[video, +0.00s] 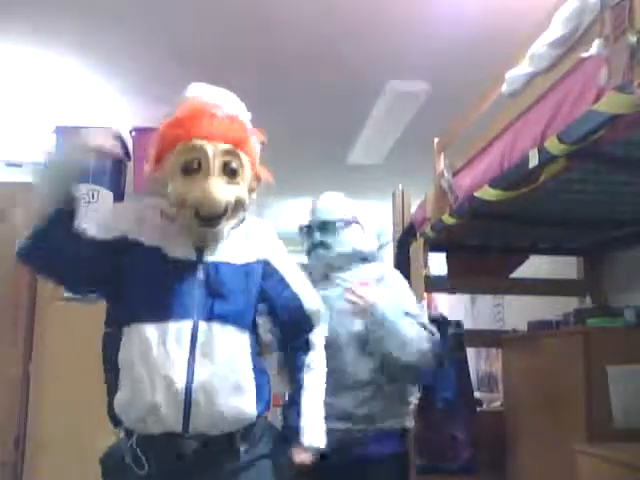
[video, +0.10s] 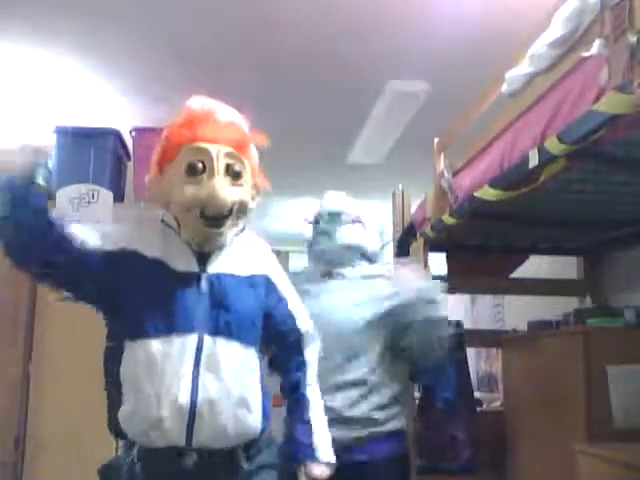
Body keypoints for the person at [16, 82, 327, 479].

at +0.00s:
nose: (211, 187)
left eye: (228, 171)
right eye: (191, 168)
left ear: (250, 181)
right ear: (164, 176)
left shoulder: (259, 244)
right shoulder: (130, 237)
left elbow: (306, 334)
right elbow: (41, 251)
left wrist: (304, 433)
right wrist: (75, 164)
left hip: (240, 455)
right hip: (148, 455)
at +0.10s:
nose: (217, 192)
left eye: (233, 173)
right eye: (195, 170)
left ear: (252, 190)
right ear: (161, 186)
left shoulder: (259, 264)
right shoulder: (127, 260)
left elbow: (300, 356)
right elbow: (41, 252)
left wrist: (310, 448)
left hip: (241, 463)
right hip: (150, 462)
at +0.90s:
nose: (209, 183)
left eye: (230, 166)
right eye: (191, 161)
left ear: (259, 186)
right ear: (169, 178)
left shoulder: (274, 260)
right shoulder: (144, 262)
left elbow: (359, 251)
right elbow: (113, 349)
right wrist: (122, 431)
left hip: (247, 463)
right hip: (149, 464)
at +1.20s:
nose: (209, 186)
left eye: (230, 169)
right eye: (191, 167)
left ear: (260, 186)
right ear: (170, 182)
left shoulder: (273, 259)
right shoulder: (145, 249)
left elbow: (343, 314)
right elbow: (96, 350)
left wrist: (405, 331)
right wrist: (73, 450)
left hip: (247, 466)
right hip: (149, 465)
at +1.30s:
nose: (207, 188)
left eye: (229, 168)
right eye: (188, 166)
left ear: (260, 186)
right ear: (167, 184)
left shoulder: (270, 257)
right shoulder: (145, 248)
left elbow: (318, 341)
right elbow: (93, 350)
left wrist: (395, 379)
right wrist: (78, 450)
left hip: (247, 463)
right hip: (150, 462)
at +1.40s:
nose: (192, 191)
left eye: (216, 172)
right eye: (176, 167)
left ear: (249, 188)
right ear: (154, 178)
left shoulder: (254, 257)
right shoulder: (122, 242)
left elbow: (281, 361)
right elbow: (42, 315)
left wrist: (345, 435)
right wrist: (81, 429)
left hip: (230, 459)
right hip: (134, 458)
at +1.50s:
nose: (188, 194)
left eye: (213, 174)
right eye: (173, 166)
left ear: (244, 190)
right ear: (149, 174)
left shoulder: (241, 252)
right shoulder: (113, 230)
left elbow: (265, 359)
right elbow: (21, 290)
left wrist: (319, 438)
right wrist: (54, 399)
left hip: (211, 452)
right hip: (121, 450)